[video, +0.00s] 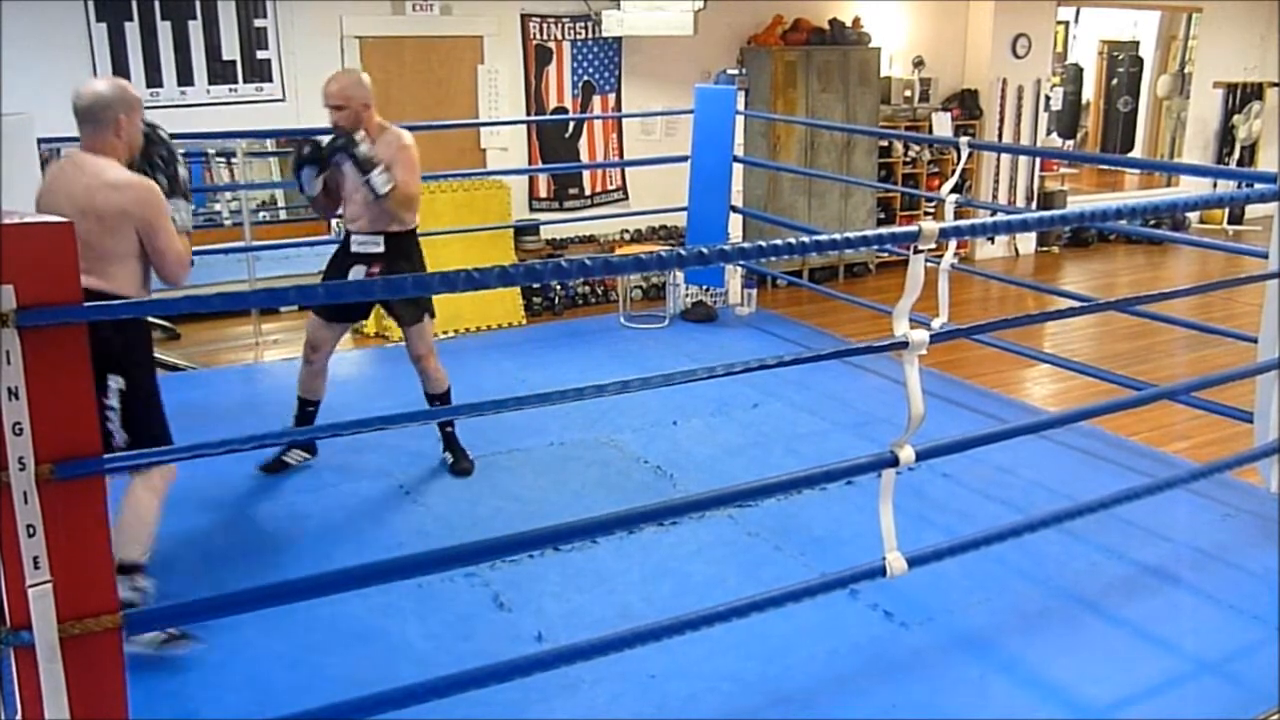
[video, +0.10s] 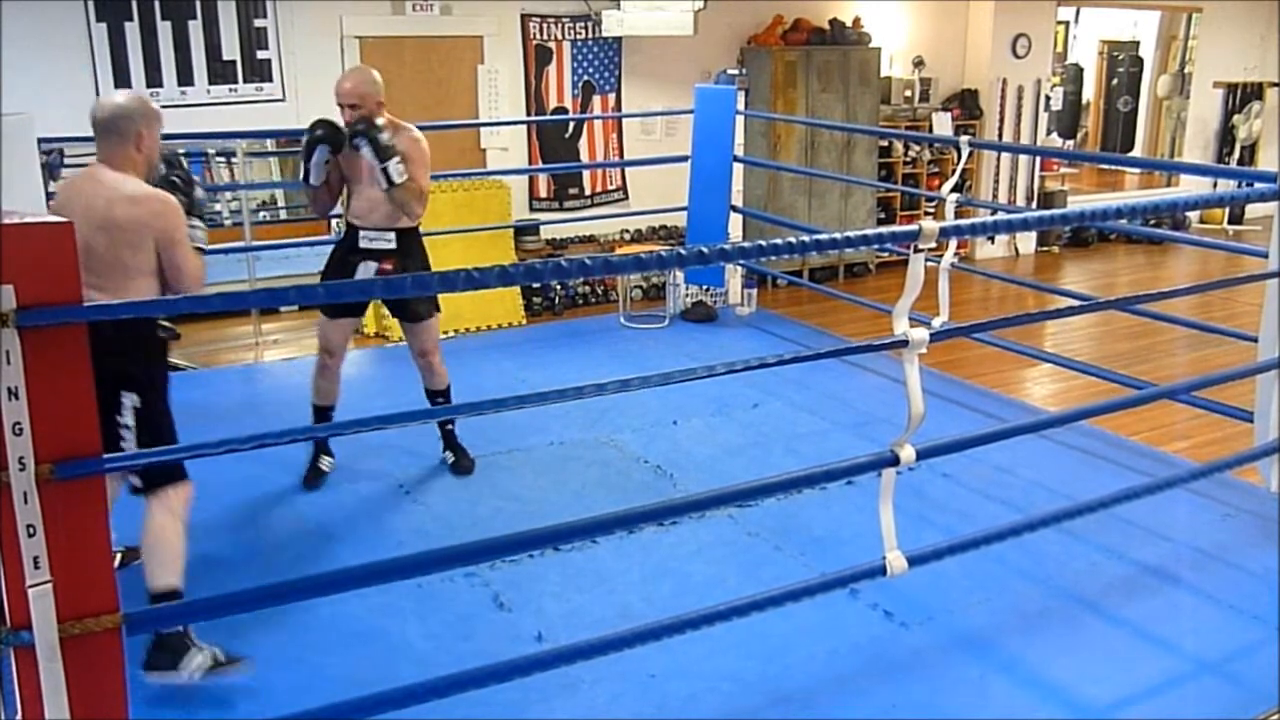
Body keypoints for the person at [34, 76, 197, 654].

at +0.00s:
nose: (142, 129)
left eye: (139, 119)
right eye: (139, 120)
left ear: (85, 123)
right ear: (124, 124)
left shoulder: (53, 177)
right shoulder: (138, 191)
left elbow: (46, 243)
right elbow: (176, 270)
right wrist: (170, 230)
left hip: (55, 324)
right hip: (115, 324)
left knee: (73, 458)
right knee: (154, 459)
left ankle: (64, 574)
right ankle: (127, 571)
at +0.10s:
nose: (162, 147)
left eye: (160, 137)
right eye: (159, 137)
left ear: (102, 138)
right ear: (141, 139)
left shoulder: (63, 193)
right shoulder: (158, 205)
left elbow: (58, 265)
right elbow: (188, 281)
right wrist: (174, 227)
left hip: (73, 345)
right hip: (131, 345)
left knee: (99, 466)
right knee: (169, 486)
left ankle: (92, 559)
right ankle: (170, 638)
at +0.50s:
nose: (250, 160)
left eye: (247, 150)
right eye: (246, 152)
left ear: (193, 154)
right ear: (227, 157)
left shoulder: (169, 200)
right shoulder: (227, 224)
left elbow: (172, 282)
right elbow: (273, 312)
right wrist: (269, 257)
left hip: (155, 360)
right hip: (201, 373)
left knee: (228, 443)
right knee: (238, 522)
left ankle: (247, 528)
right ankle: (177, 659)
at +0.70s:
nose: (318, 201)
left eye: (313, 192)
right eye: (308, 195)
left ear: (268, 207)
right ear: (278, 211)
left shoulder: (240, 234)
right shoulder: (251, 268)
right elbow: (286, 364)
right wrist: (316, 302)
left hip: (231, 388)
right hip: (212, 404)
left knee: (296, 454)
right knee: (302, 513)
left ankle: (253, 531)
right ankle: (273, 665)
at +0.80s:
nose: (327, 216)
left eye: (326, 206)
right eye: (323, 207)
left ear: (277, 208)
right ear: (301, 216)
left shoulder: (253, 240)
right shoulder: (267, 275)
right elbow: (293, 378)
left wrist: (325, 278)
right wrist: (329, 322)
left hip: (233, 398)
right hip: (236, 418)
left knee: (285, 457)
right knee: (314, 537)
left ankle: (257, 526)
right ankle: (296, 686)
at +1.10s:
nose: (357, 151)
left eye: (356, 139)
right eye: (357, 141)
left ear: (292, 137)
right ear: (344, 146)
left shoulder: (263, 195)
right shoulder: (325, 220)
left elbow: (284, 281)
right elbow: (372, 322)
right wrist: (391, 264)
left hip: (251, 368)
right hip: (296, 390)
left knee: (298, 496)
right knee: (343, 545)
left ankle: (297, 593)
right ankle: (303, 688)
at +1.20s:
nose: (364, 139)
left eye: (363, 129)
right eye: (364, 130)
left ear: (298, 125)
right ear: (353, 135)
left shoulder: (265, 187)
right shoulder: (341, 204)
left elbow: (287, 278)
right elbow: (389, 307)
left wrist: (370, 309)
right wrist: (401, 240)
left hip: (265, 368)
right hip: (323, 380)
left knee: (326, 520)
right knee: (351, 537)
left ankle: (330, 640)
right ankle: (305, 679)